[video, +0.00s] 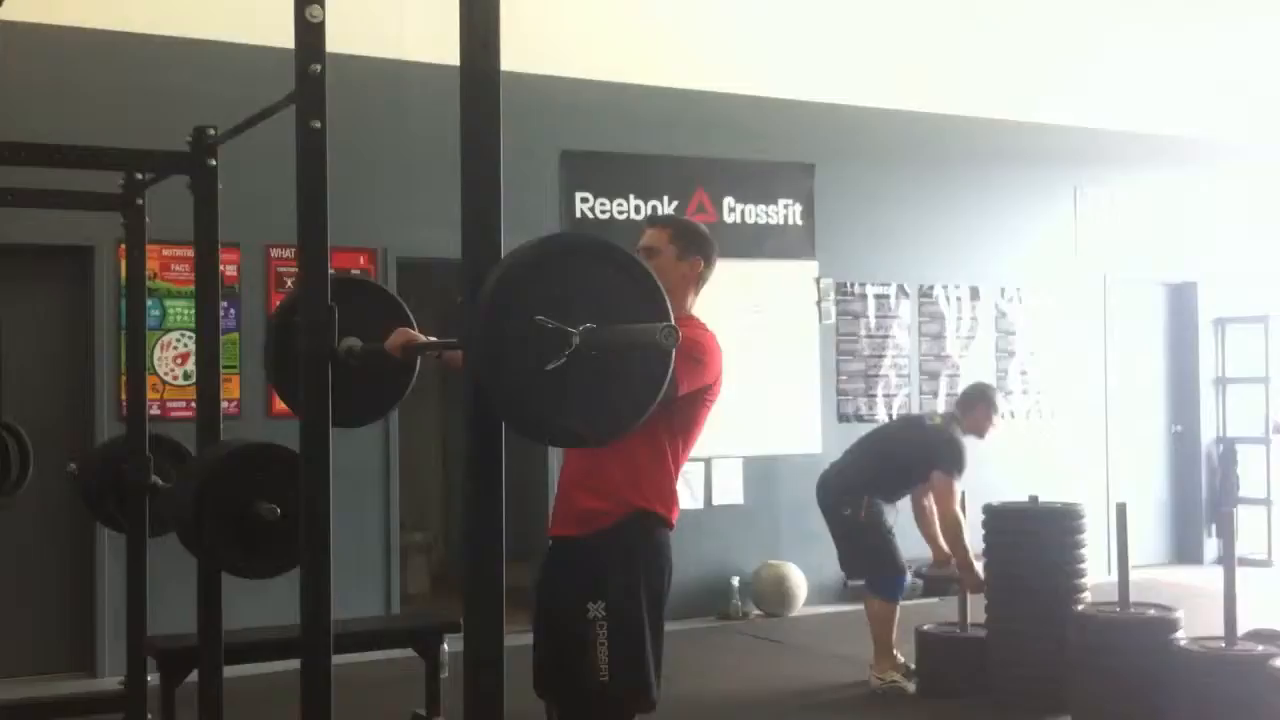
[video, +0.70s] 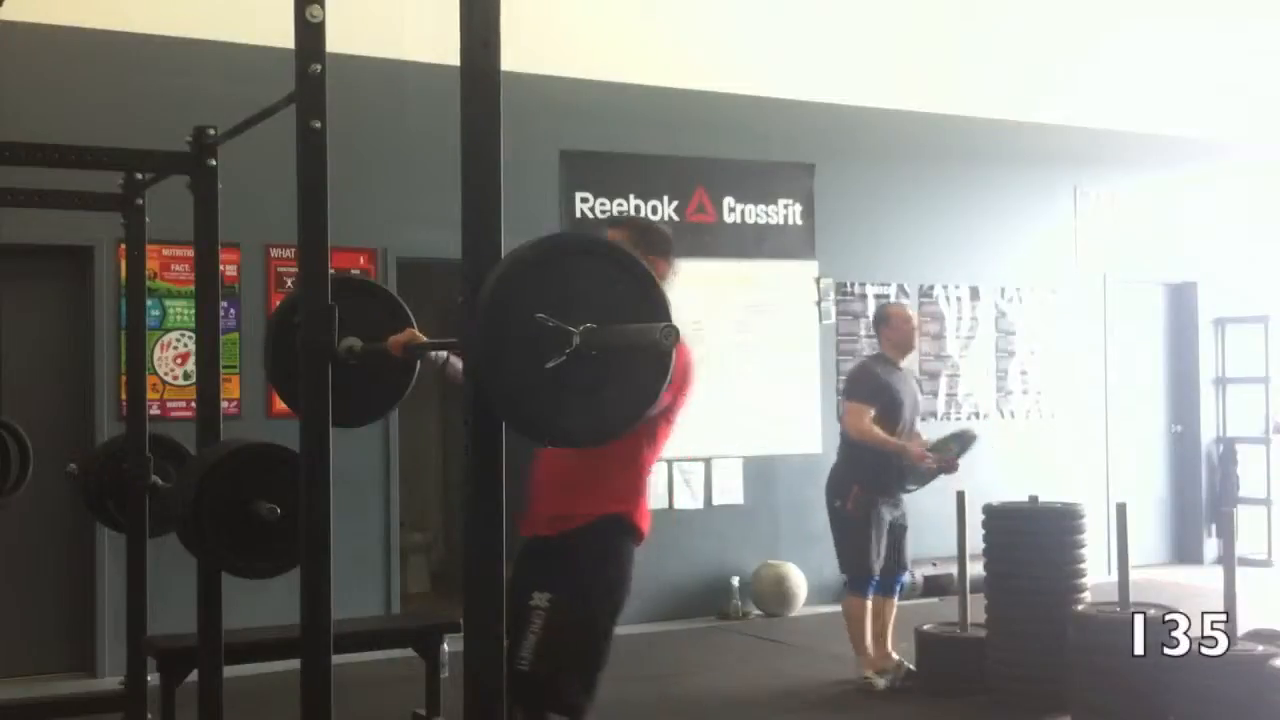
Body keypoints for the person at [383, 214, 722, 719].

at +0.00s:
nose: (635, 263)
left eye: (650, 253)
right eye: (637, 253)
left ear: (694, 269)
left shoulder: (697, 343)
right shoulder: (613, 332)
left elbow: (619, 379)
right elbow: (528, 360)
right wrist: (430, 347)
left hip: (628, 533)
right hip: (570, 531)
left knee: (616, 696)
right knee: (559, 689)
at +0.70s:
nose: (604, 271)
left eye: (620, 260)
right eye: (603, 258)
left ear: (656, 269)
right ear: (598, 261)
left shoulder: (665, 347)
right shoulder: (582, 340)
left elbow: (631, 402)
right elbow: (510, 380)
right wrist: (431, 352)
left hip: (596, 531)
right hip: (546, 529)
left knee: (546, 693)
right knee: (521, 687)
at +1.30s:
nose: (428, 279)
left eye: (444, 270)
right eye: (434, 268)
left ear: (480, 284)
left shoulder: (501, 371)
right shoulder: (428, 370)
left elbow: (422, 450)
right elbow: (347, 448)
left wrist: (457, 350)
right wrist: (377, 362)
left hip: (440, 589)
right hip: (397, 587)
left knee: (362, 708)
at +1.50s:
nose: (428, 273)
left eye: (444, 264)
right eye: (433, 262)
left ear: (480, 278)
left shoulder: (500, 366)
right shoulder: (426, 364)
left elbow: (412, 439)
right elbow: (342, 438)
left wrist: (459, 340)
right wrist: (377, 359)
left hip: (433, 575)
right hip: (389, 574)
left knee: (365, 707)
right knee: (372, 706)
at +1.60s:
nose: (435, 263)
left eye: (450, 253)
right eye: (440, 252)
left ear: (486, 267)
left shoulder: (503, 356)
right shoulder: (430, 352)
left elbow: (410, 424)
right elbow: (347, 427)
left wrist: (468, 329)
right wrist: (378, 354)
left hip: (439, 568)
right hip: (395, 568)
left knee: (380, 706)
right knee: (371, 703)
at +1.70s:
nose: (440, 258)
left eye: (454, 247)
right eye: (445, 247)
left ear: (491, 260)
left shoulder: (511, 343)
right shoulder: (437, 343)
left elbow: (426, 408)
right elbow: (352, 412)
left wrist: (460, 326)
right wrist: (388, 341)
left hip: (451, 558)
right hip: (410, 559)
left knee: (396, 703)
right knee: (395, 701)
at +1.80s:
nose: (451, 258)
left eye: (464, 248)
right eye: (454, 249)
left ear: (510, 258)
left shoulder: (525, 337)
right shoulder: (449, 339)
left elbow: (436, 399)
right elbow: (363, 402)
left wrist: (450, 330)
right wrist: (396, 336)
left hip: (481, 537)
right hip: (433, 539)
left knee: (461, 687)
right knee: (442, 688)